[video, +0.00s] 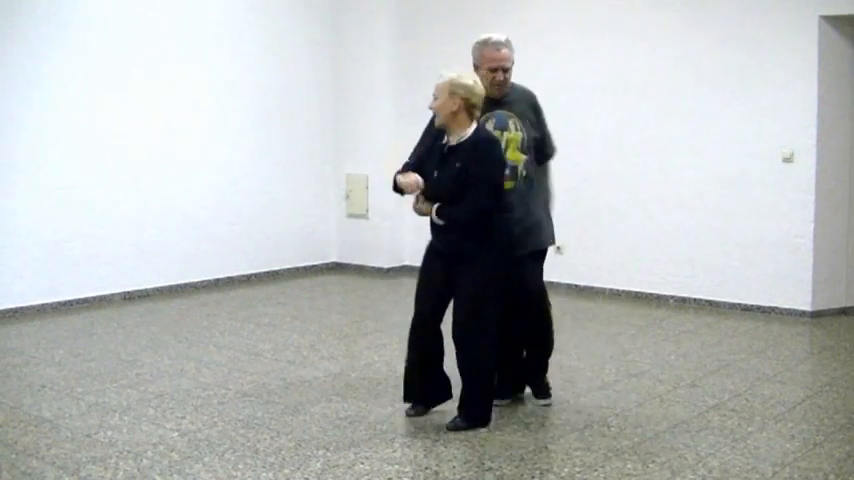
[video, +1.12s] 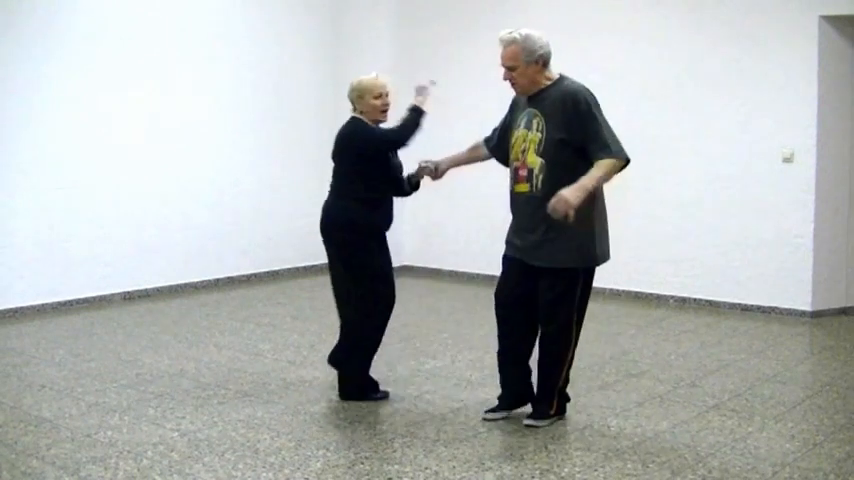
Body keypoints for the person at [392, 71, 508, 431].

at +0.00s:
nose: (431, 105)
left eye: (437, 98)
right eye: (433, 98)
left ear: (458, 103)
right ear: (453, 104)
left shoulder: (486, 147)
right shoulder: (436, 138)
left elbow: (478, 210)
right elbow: (407, 175)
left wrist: (432, 209)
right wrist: (405, 180)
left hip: (478, 253)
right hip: (441, 249)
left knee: (471, 331)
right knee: (424, 320)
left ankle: (475, 411)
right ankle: (428, 390)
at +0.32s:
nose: (398, 106)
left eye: (404, 100)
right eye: (400, 100)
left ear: (423, 108)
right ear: (420, 108)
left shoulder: (448, 147)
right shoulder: (409, 143)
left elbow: (427, 189)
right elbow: (391, 175)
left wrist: (398, 194)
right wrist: (379, 191)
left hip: (462, 249)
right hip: (427, 247)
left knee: (461, 326)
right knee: (402, 310)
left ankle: (473, 411)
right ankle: (406, 385)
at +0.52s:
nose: (383, 111)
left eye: (387, 106)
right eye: (386, 105)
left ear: (394, 111)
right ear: (416, 112)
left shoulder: (393, 153)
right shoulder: (430, 144)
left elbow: (378, 212)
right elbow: (411, 188)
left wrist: (366, 194)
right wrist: (364, 185)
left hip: (416, 248)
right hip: (442, 240)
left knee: (414, 322)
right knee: (399, 315)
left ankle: (468, 400)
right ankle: (386, 390)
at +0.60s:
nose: (380, 112)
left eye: (381, 108)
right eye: (385, 108)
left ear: (383, 111)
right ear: (414, 111)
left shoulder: (376, 149)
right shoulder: (429, 142)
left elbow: (361, 206)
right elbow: (421, 185)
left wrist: (355, 186)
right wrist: (365, 180)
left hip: (398, 237)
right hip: (437, 233)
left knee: (383, 321)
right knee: (406, 315)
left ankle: (443, 382)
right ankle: (388, 391)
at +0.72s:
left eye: (377, 105)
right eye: (403, 105)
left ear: (373, 108)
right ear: (404, 107)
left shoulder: (360, 143)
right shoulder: (423, 137)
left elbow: (352, 196)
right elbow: (439, 167)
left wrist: (377, 198)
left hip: (373, 234)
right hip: (418, 234)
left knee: (360, 304)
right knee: (407, 307)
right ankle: (394, 389)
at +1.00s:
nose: (398, 105)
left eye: (397, 99)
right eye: (392, 100)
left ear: (374, 107)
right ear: (372, 106)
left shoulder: (362, 135)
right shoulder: (379, 137)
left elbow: (374, 186)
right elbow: (432, 149)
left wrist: (412, 190)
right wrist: (444, 126)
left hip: (350, 227)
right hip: (368, 232)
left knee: (367, 302)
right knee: (378, 307)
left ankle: (343, 368)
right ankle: (361, 387)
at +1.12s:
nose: (386, 102)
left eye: (387, 96)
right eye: (378, 97)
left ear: (387, 100)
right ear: (360, 103)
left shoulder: (375, 137)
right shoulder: (357, 132)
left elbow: (393, 187)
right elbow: (396, 138)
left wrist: (417, 177)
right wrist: (417, 107)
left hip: (359, 229)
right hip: (355, 231)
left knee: (365, 297)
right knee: (376, 299)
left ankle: (349, 365)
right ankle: (354, 382)